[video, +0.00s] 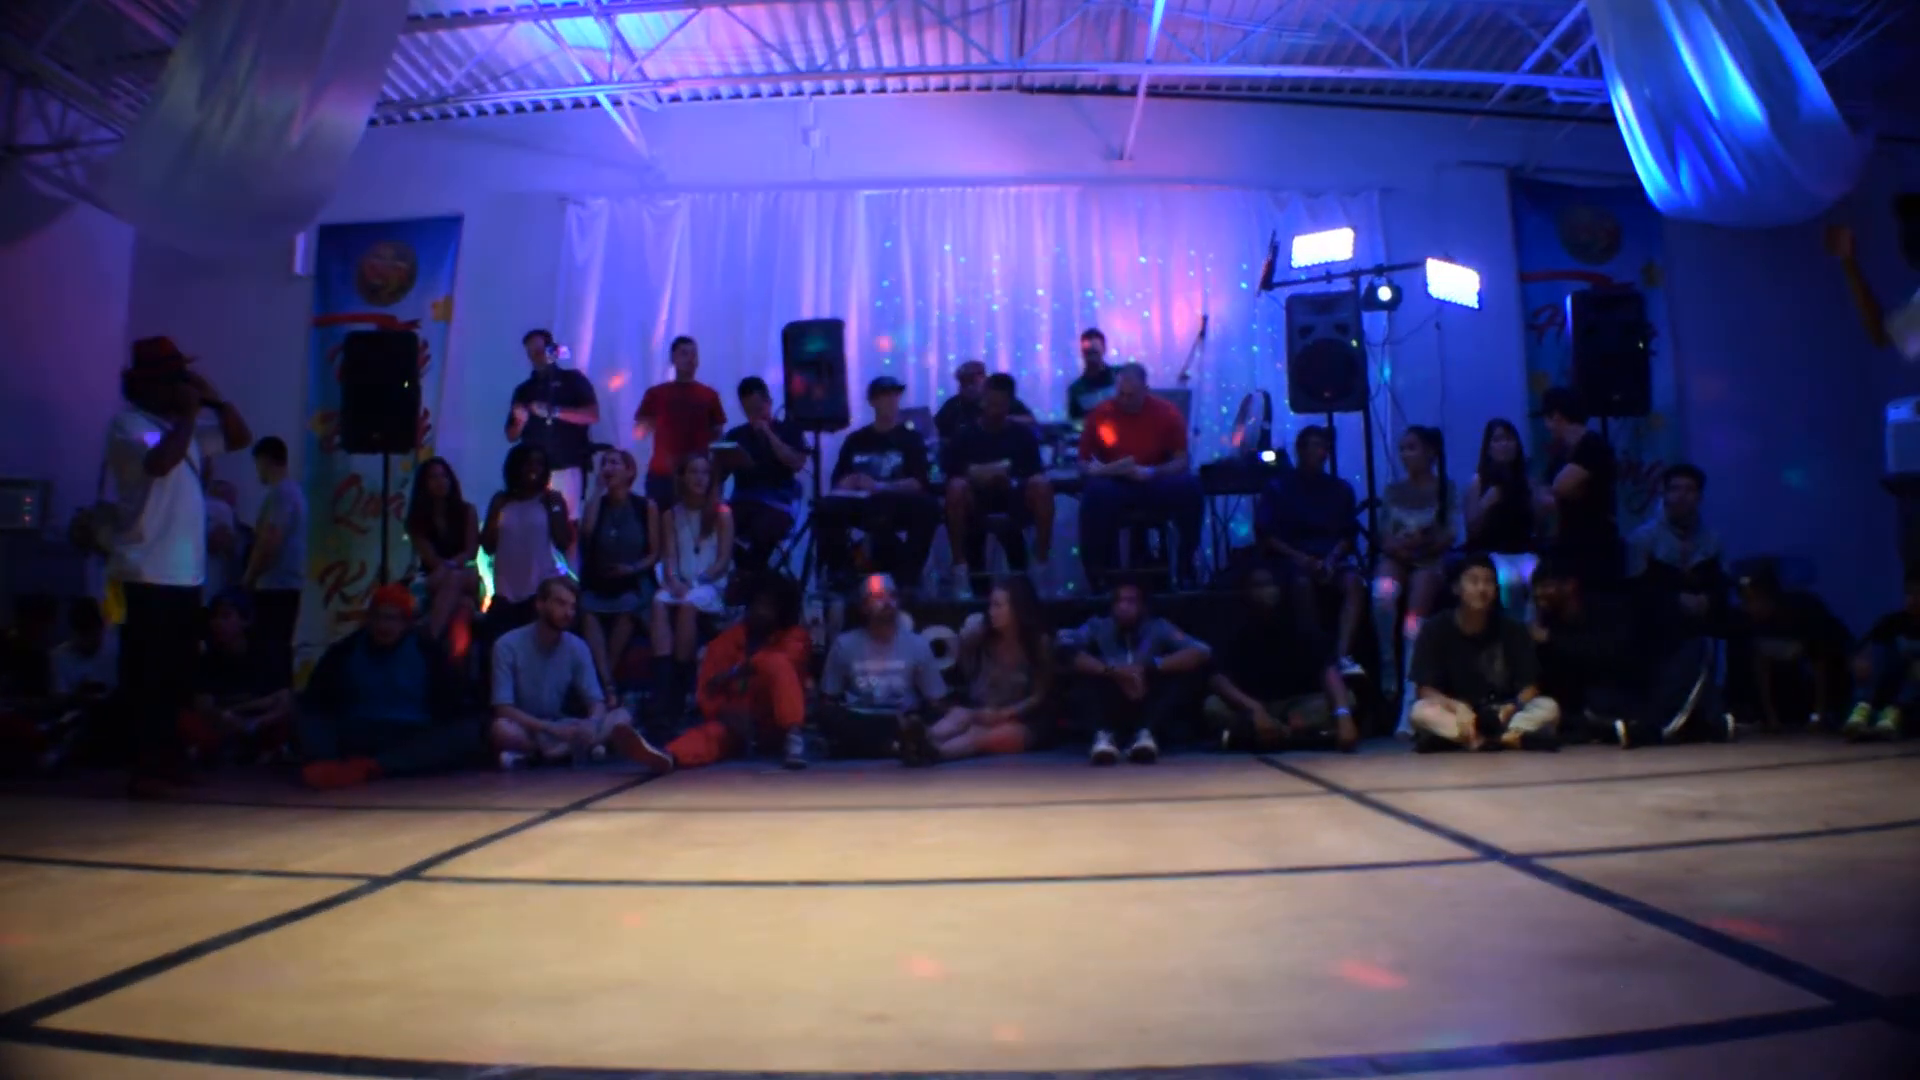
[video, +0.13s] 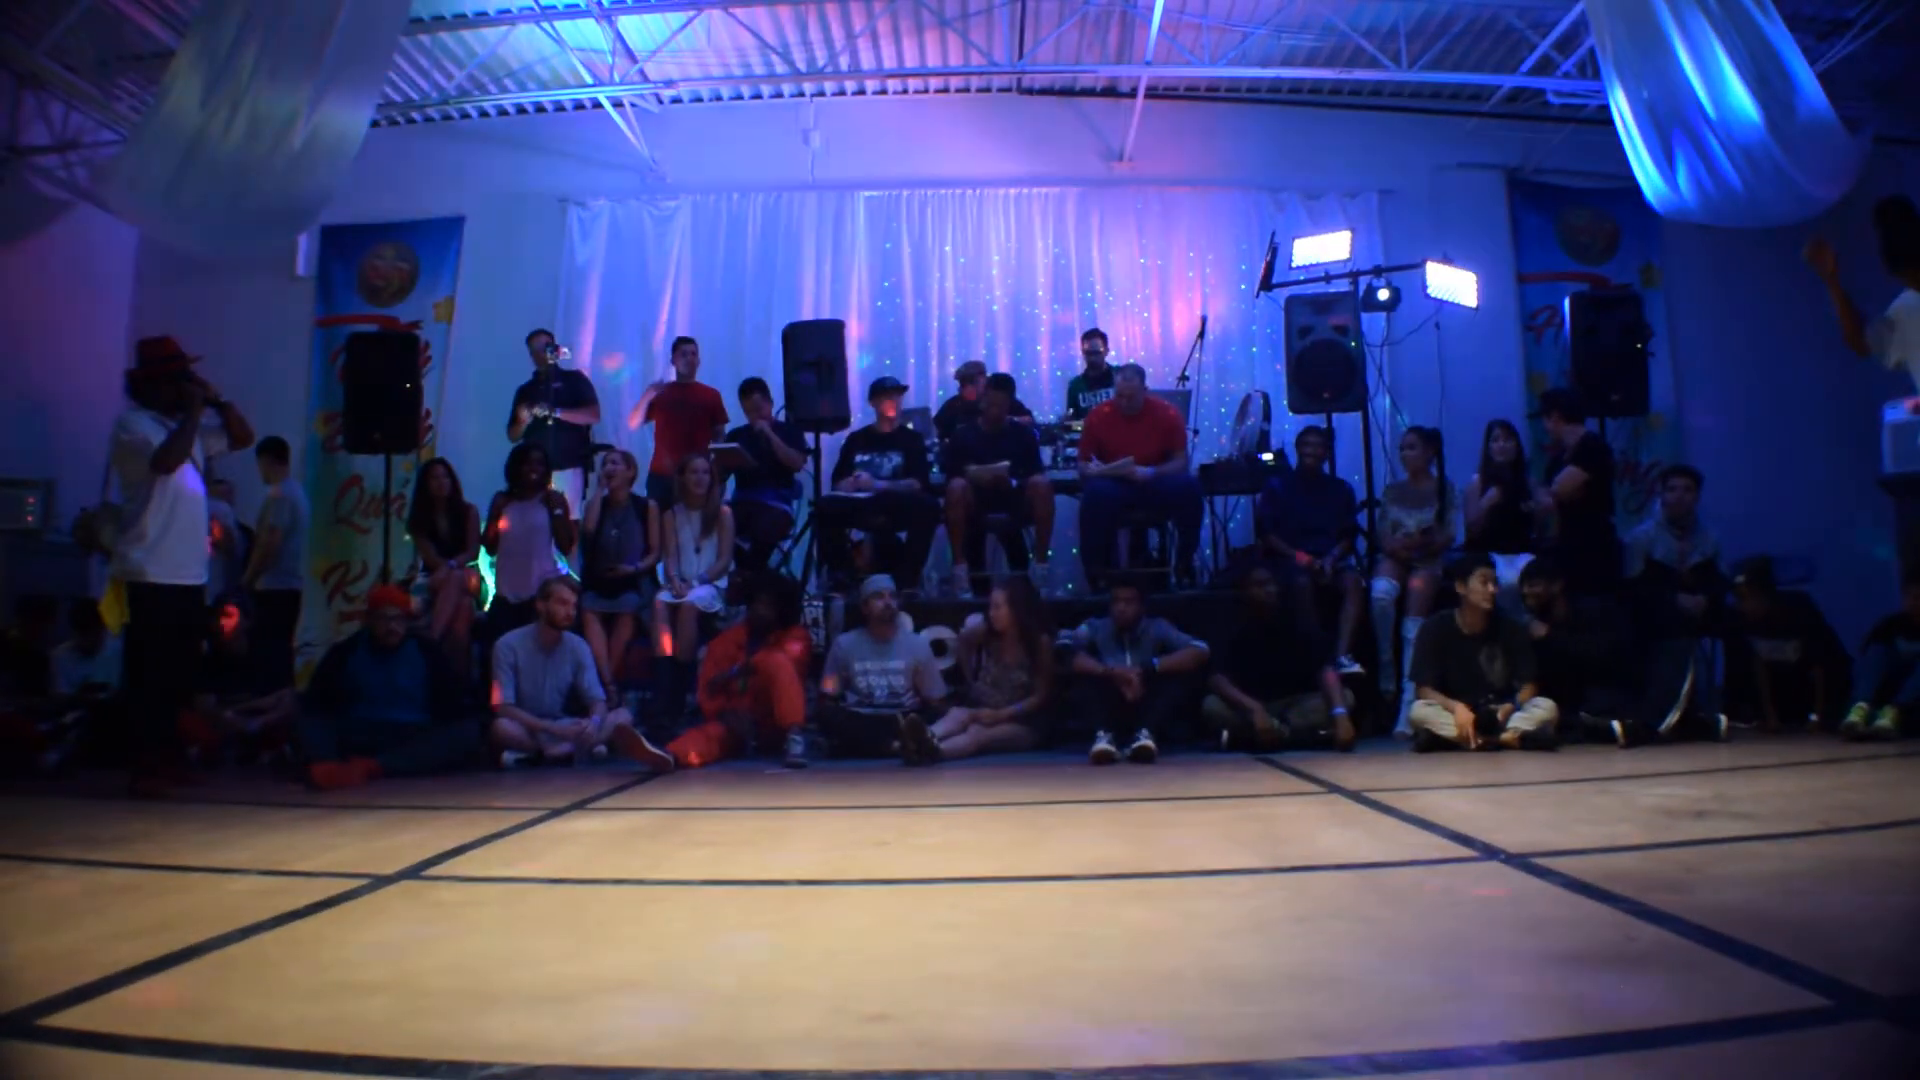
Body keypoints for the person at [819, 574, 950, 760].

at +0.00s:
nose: (886, 603)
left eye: (891, 596)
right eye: (878, 598)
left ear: (897, 601)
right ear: (864, 605)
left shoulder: (916, 645)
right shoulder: (845, 645)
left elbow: (937, 702)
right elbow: (829, 701)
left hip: (908, 721)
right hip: (862, 722)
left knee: (964, 714)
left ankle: (925, 747)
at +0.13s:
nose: (887, 603)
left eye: (892, 597)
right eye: (879, 597)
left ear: (898, 602)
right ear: (865, 606)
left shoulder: (916, 645)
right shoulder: (845, 645)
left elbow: (937, 702)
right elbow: (828, 698)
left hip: (906, 716)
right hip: (860, 717)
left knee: (964, 713)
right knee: (829, 716)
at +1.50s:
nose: (863, 606)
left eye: (870, 599)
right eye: (862, 599)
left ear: (891, 605)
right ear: (858, 602)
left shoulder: (916, 645)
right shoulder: (845, 644)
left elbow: (934, 699)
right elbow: (830, 692)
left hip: (903, 715)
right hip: (859, 716)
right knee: (828, 717)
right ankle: (893, 746)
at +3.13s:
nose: (855, 611)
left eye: (862, 604)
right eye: (855, 604)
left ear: (882, 609)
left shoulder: (914, 645)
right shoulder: (844, 644)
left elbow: (934, 699)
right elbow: (831, 696)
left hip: (904, 717)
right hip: (860, 717)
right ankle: (893, 746)